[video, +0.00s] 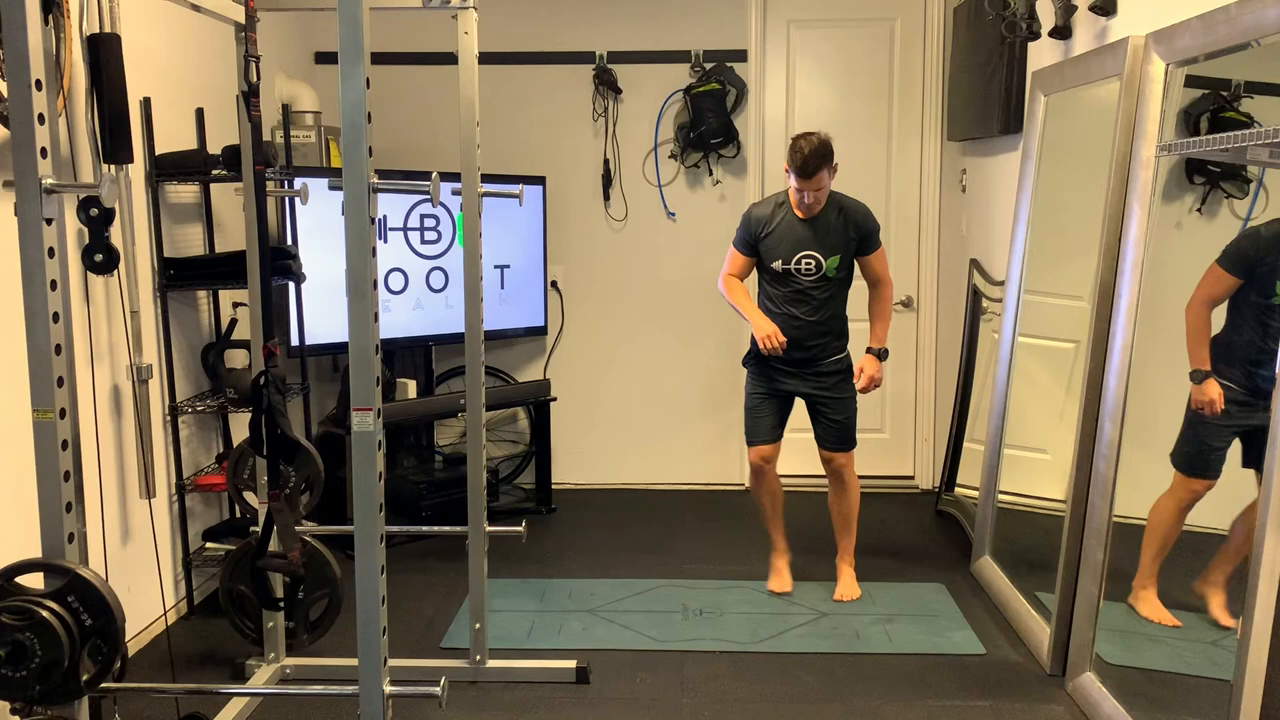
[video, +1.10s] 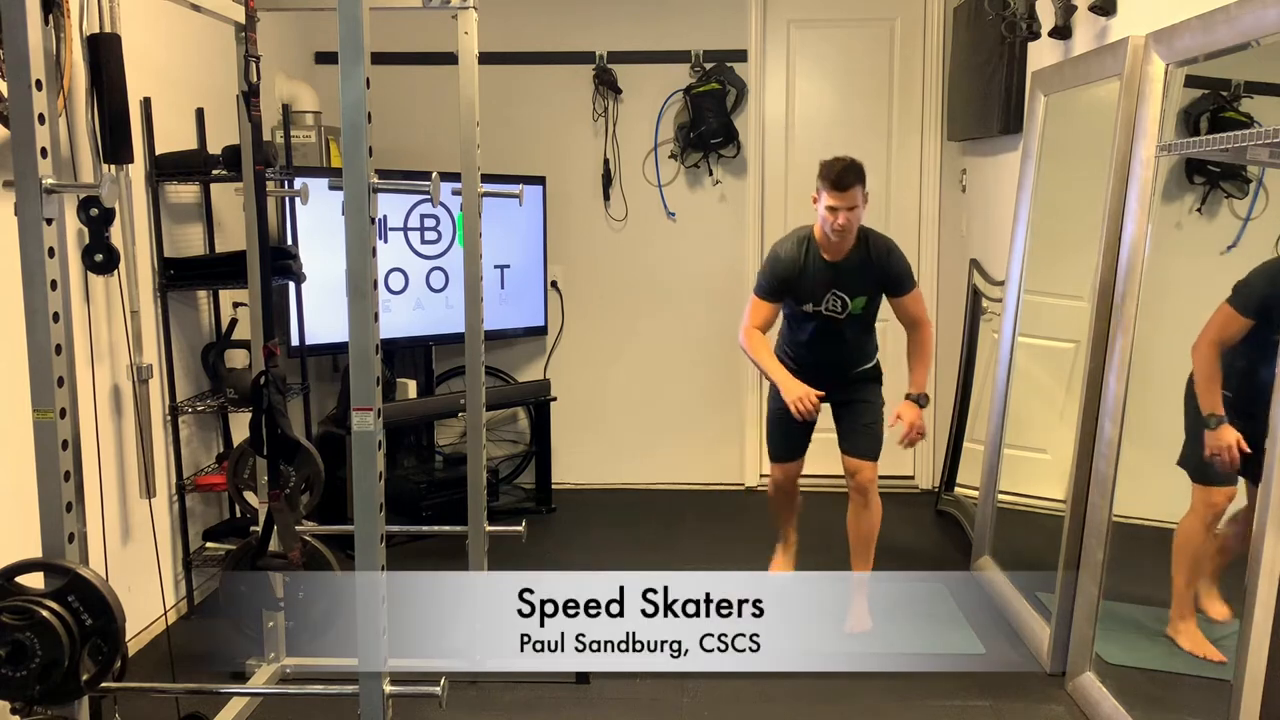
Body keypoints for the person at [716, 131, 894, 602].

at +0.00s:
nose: (808, 198)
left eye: (817, 190)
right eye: (800, 189)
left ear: (833, 177)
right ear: (787, 175)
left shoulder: (855, 220)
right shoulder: (761, 218)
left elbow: (880, 284)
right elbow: (729, 279)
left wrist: (876, 350)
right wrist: (757, 319)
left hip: (830, 363)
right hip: (770, 363)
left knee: (839, 464)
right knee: (760, 459)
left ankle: (846, 565)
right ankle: (779, 553)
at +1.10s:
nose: (841, 220)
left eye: (851, 209)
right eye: (833, 209)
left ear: (864, 204)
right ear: (816, 202)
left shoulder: (883, 256)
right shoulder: (787, 255)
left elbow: (919, 326)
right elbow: (750, 332)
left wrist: (916, 398)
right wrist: (787, 383)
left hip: (857, 376)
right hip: (796, 376)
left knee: (863, 481)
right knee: (782, 475)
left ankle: (861, 594)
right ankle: (786, 544)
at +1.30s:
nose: (851, 255)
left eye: (861, 244)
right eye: (842, 243)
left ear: (875, 235)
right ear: (825, 233)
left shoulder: (891, 280)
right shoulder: (797, 284)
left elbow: (932, 348)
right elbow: (765, 370)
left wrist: (938, 397)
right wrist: (808, 407)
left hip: (861, 389)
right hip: (803, 394)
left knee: (861, 486)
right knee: (816, 489)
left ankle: (859, 595)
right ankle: (852, 518)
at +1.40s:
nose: (848, 274)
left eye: (858, 263)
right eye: (839, 262)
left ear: (873, 253)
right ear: (823, 251)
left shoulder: (890, 293)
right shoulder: (796, 299)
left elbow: (933, 359)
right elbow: (775, 390)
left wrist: (936, 393)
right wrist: (822, 411)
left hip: (862, 395)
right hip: (805, 402)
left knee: (863, 488)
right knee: (827, 495)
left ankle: (859, 594)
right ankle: (867, 524)